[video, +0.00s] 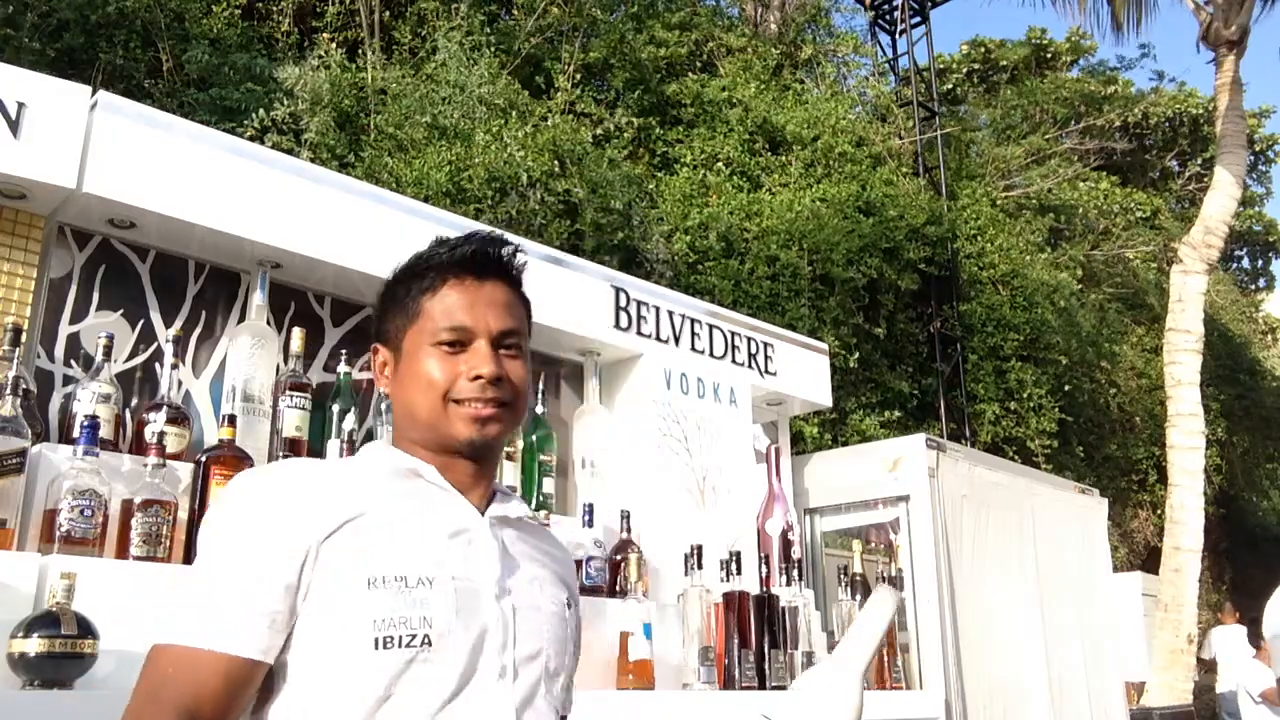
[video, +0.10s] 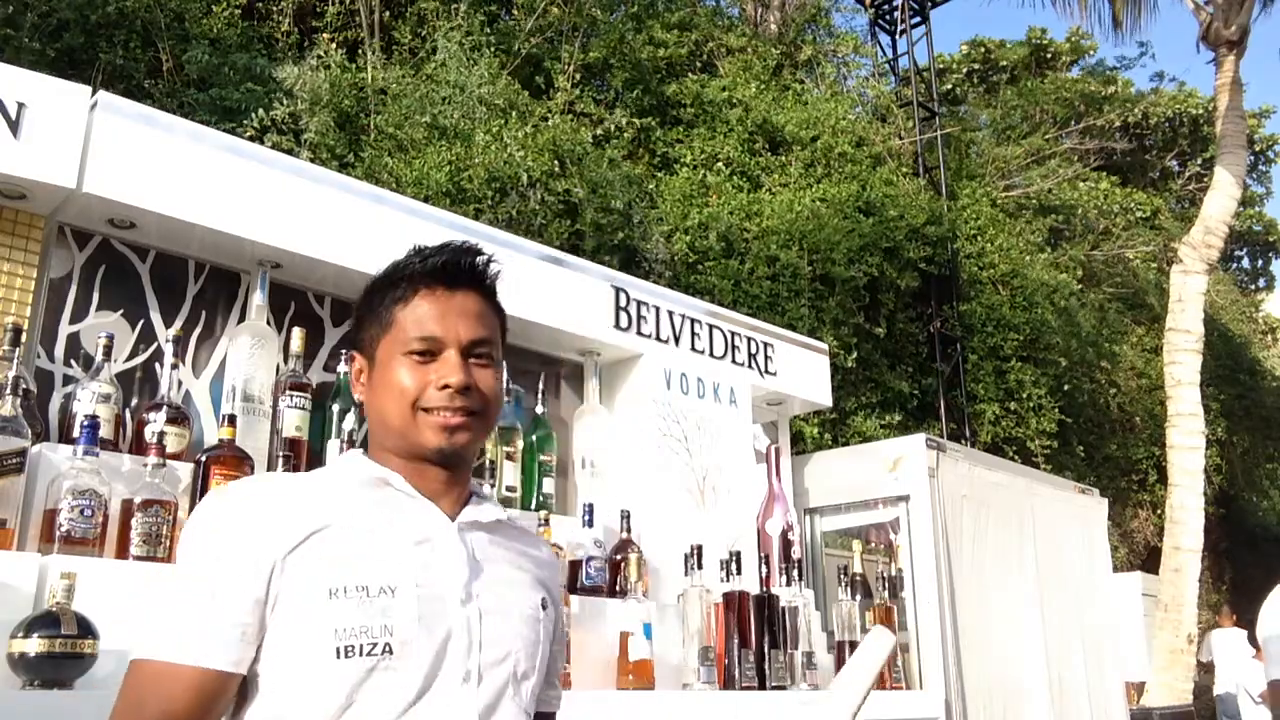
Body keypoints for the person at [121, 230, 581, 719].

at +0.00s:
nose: (490, 369)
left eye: (510, 346)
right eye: (454, 344)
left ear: (529, 370)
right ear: (386, 370)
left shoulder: (554, 560)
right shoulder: (284, 506)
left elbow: (543, 708)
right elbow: (172, 707)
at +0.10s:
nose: (458, 379)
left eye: (481, 356)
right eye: (424, 353)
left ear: (501, 378)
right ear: (362, 377)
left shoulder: (538, 563)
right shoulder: (252, 522)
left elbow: (542, 710)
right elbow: (153, 708)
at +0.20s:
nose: (435, 389)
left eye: (457, 366)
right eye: (402, 364)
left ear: (478, 389)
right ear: (339, 385)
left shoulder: (520, 566)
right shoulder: (228, 531)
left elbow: (524, 708)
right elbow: (137, 707)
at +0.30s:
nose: (425, 403)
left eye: (444, 380)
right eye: (390, 379)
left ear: (466, 401)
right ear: (330, 399)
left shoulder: (508, 587)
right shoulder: (216, 541)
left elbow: (505, 716)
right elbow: (122, 714)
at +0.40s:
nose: (423, 421)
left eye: (444, 400)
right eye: (391, 397)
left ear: (461, 420)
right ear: (329, 415)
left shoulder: (495, 605)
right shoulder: (214, 545)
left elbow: (491, 713)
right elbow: (111, 711)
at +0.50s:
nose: (436, 434)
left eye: (448, 415)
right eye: (405, 409)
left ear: (458, 429)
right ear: (328, 421)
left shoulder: (474, 602)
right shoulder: (211, 553)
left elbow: (483, 712)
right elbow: (117, 710)